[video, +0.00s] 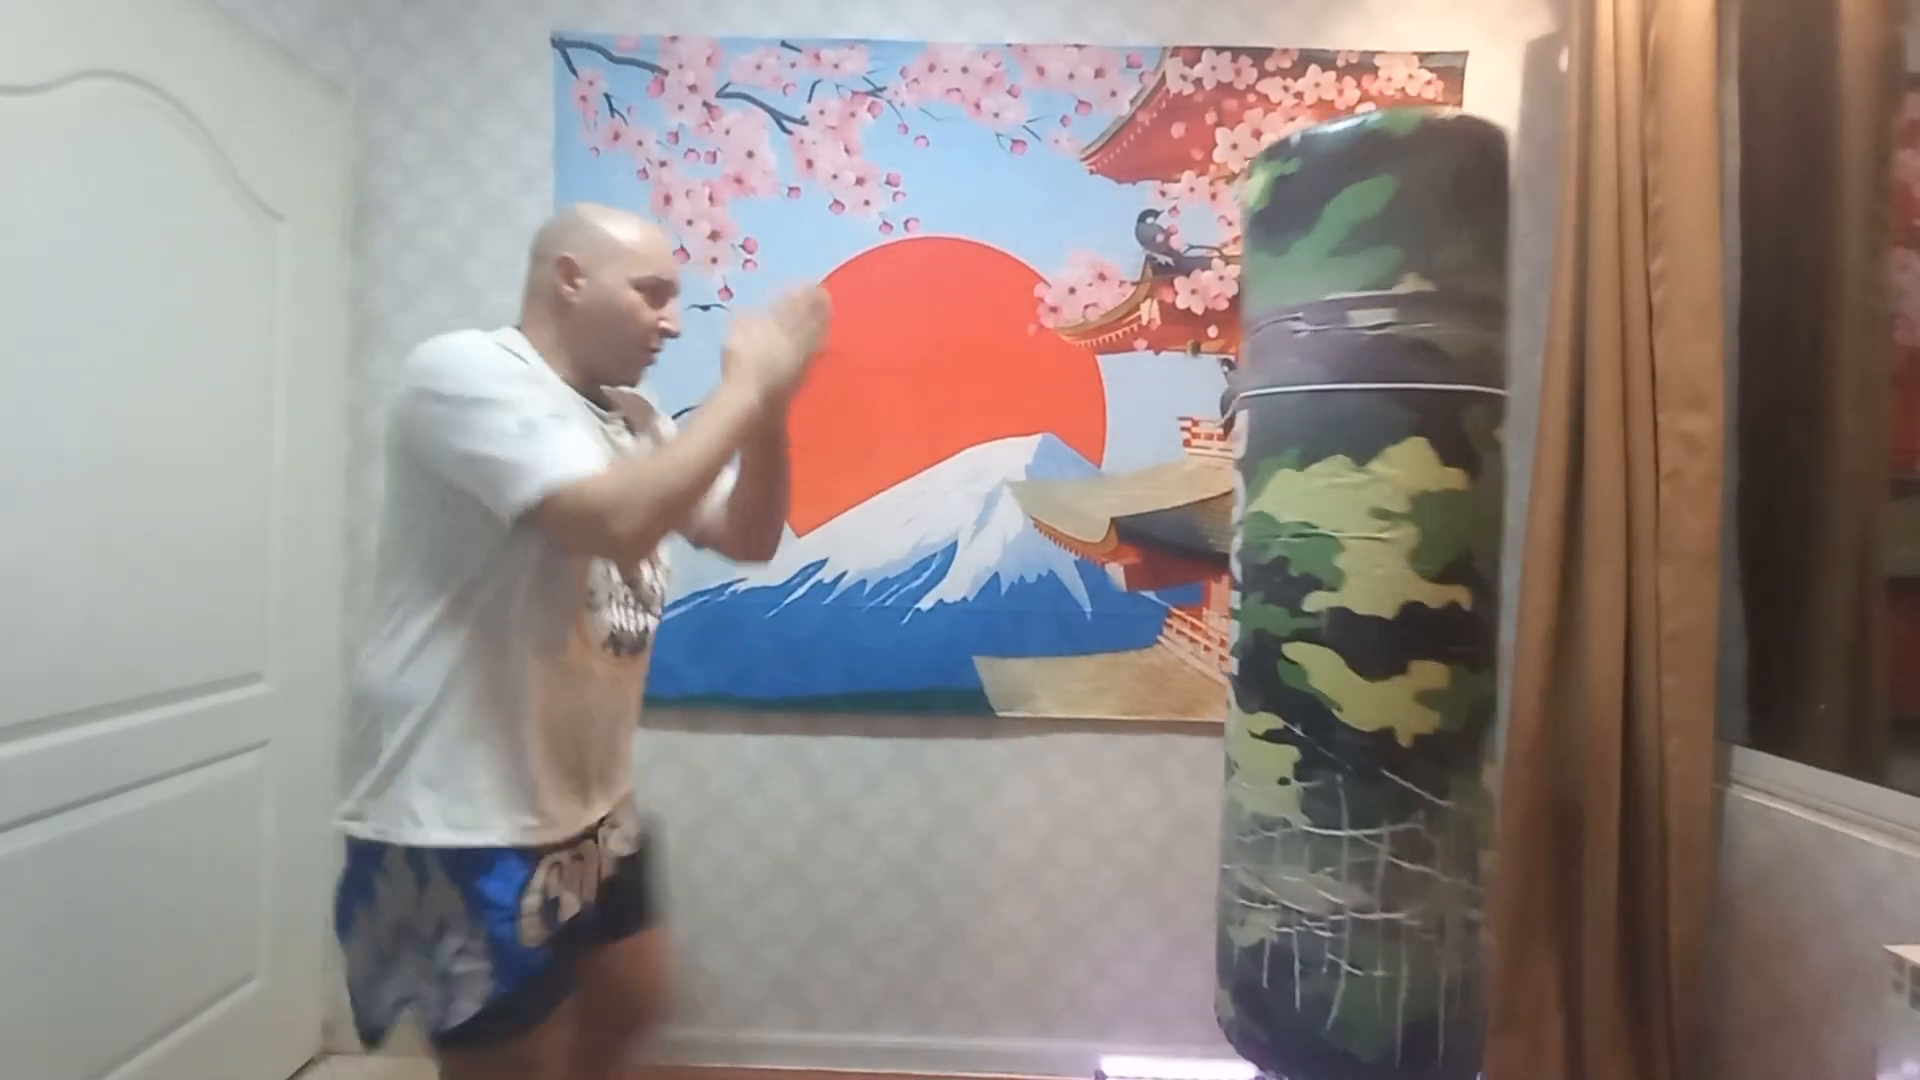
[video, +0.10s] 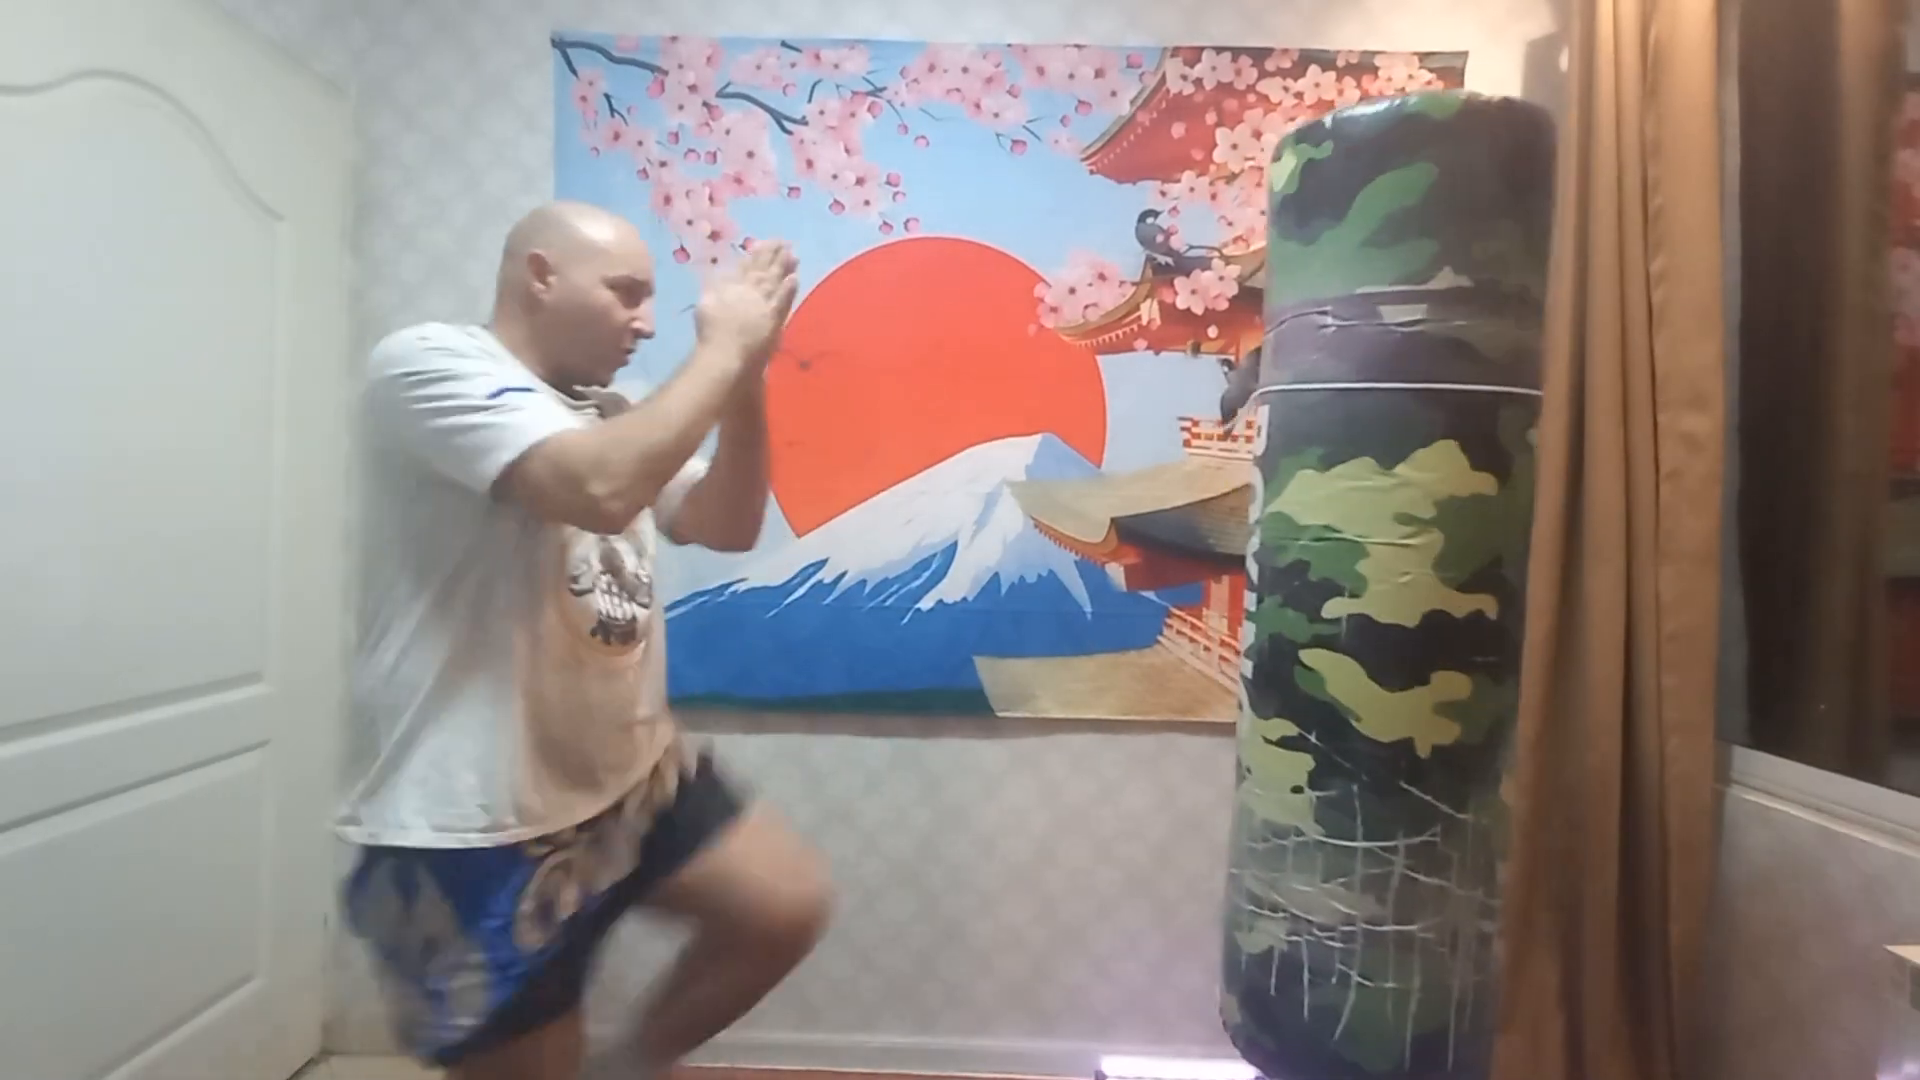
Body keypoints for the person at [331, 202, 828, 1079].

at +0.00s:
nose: (671, 322)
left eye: (673, 299)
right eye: (652, 293)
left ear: (577, 286)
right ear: (570, 282)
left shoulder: (632, 419)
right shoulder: (457, 374)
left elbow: (749, 536)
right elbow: (613, 518)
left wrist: (767, 402)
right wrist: (749, 386)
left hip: (593, 816)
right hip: (469, 839)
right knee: (518, 1063)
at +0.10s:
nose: (645, 318)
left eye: (647, 298)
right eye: (626, 292)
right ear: (540, 276)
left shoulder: (605, 411)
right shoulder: (425, 367)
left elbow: (727, 522)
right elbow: (600, 487)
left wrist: (747, 369)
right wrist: (725, 350)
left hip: (628, 776)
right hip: (477, 828)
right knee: (529, 1063)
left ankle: (632, 1064)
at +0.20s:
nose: (628, 331)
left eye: (629, 311)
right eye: (607, 307)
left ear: (541, 300)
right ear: (518, 290)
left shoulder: (581, 429)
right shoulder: (401, 382)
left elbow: (698, 551)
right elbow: (556, 517)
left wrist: (728, 408)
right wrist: (713, 388)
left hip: (632, 729)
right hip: (497, 822)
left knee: (862, 736)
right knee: (547, 1066)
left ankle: (897, 993)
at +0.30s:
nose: (609, 345)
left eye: (613, 324)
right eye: (591, 318)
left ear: (557, 317)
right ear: (500, 300)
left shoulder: (589, 428)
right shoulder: (385, 399)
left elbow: (669, 597)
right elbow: (494, 573)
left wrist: (711, 478)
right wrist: (695, 458)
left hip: (638, 726)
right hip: (500, 824)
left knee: (872, 736)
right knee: (543, 1065)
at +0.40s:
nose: (609, 336)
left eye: (614, 316)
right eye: (590, 307)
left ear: (536, 302)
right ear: (499, 292)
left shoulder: (586, 436)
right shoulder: (375, 396)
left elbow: (662, 613)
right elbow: (450, 590)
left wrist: (693, 500)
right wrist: (657, 496)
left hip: (634, 756)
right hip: (490, 839)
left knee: (848, 814)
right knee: (533, 1066)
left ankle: (1062, 1028)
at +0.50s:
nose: (619, 325)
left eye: (620, 301)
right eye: (598, 295)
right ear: (507, 281)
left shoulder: (598, 432)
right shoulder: (373, 387)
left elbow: (683, 586)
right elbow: (412, 598)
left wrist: (704, 484)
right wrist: (627, 489)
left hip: (633, 761)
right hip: (479, 838)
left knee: (810, 898)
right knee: (519, 1066)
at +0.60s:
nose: (625, 325)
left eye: (626, 300)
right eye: (603, 295)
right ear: (513, 282)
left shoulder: (609, 423)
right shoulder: (384, 392)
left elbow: (733, 524)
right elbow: (420, 601)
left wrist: (778, 420)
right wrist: (624, 492)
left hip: (631, 792)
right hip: (477, 840)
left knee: (720, 972)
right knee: (528, 1064)